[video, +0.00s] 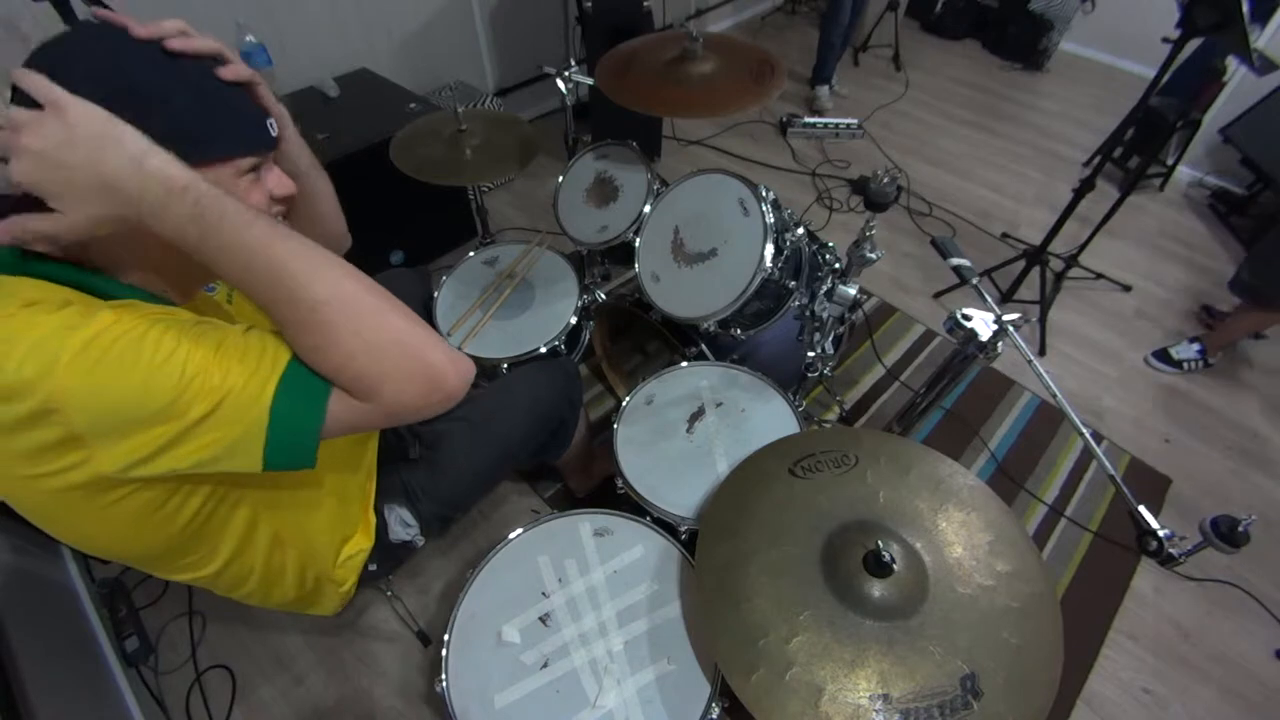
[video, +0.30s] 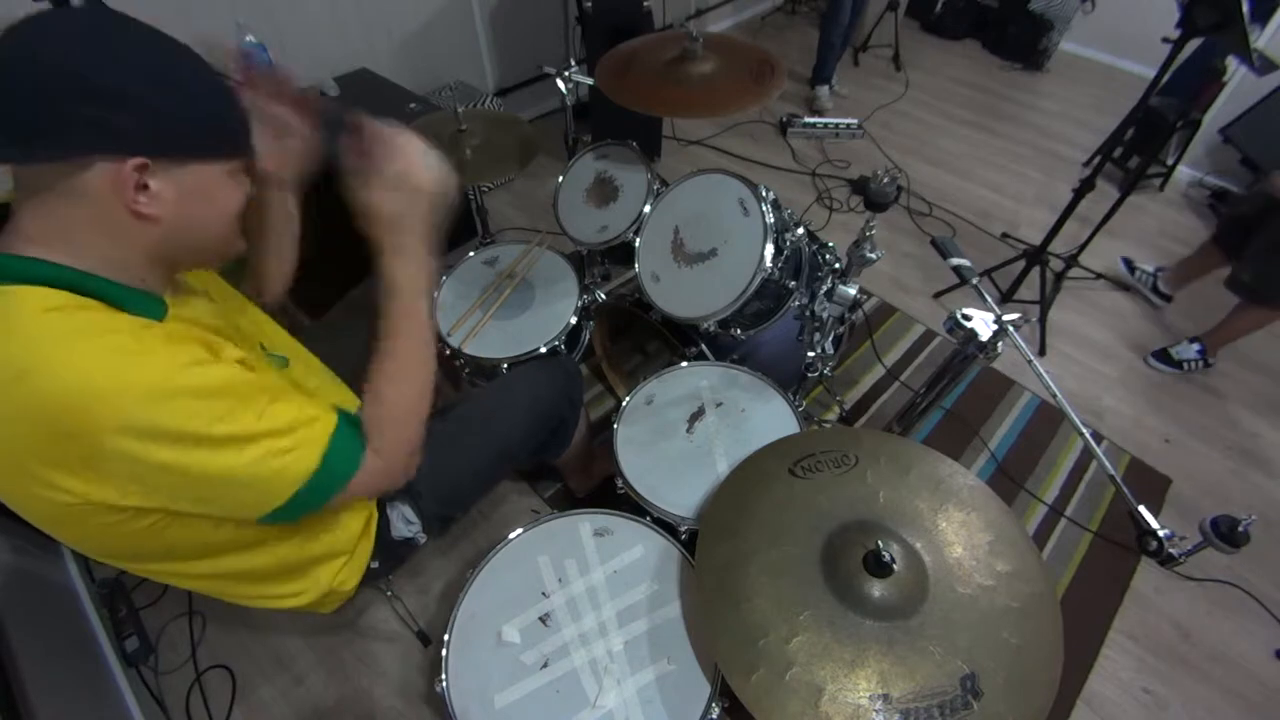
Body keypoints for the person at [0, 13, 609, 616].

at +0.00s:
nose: (283, 188)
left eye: (268, 160)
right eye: (245, 175)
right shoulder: (72, 368)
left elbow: (323, 246)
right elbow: (431, 379)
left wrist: (263, 108)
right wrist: (155, 191)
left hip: (265, 355)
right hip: (339, 503)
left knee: (486, 277)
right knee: (552, 378)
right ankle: (572, 470)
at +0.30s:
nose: (250, 196)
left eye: (248, 177)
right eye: (236, 176)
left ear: (137, 190)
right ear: (142, 189)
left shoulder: (78, 251)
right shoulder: (112, 392)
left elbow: (262, 297)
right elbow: (388, 461)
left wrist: (277, 183)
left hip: (279, 393)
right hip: (349, 516)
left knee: (426, 292)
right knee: (554, 375)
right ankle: (567, 472)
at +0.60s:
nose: (189, 123)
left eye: (176, 105)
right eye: (172, 108)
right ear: (123, 148)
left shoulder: (18, 283)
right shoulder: (188, 338)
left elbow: (199, 355)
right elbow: (342, 445)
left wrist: (353, 323)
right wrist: (446, 346)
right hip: (331, 533)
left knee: (409, 317)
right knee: (561, 373)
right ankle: (577, 474)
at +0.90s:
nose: (178, 103)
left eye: (162, 81)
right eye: (157, 84)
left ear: (108, 120)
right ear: (112, 120)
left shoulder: (21, 263)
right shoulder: (187, 317)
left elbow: (191, 358)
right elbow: (354, 440)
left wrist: (361, 335)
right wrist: (445, 354)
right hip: (339, 518)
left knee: (401, 280)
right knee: (562, 362)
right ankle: (572, 474)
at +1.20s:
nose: (184, 101)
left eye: (171, 78)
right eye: (165, 80)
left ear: (111, 112)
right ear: (116, 110)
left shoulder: (23, 251)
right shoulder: (174, 330)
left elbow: (178, 358)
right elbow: (343, 474)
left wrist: (341, 320)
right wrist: (452, 378)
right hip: (343, 526)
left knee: (398, 294)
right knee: (556, 358)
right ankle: (573, 472)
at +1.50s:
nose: (176, 90)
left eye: (161, 69)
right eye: (157, 72)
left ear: (52, 121)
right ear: (111, 110)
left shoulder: (18, 259)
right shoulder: (145, 292)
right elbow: (423, 471)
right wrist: (635, 309)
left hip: (222, 511)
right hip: (327, 533)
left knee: (397, 287)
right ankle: (578, 464)